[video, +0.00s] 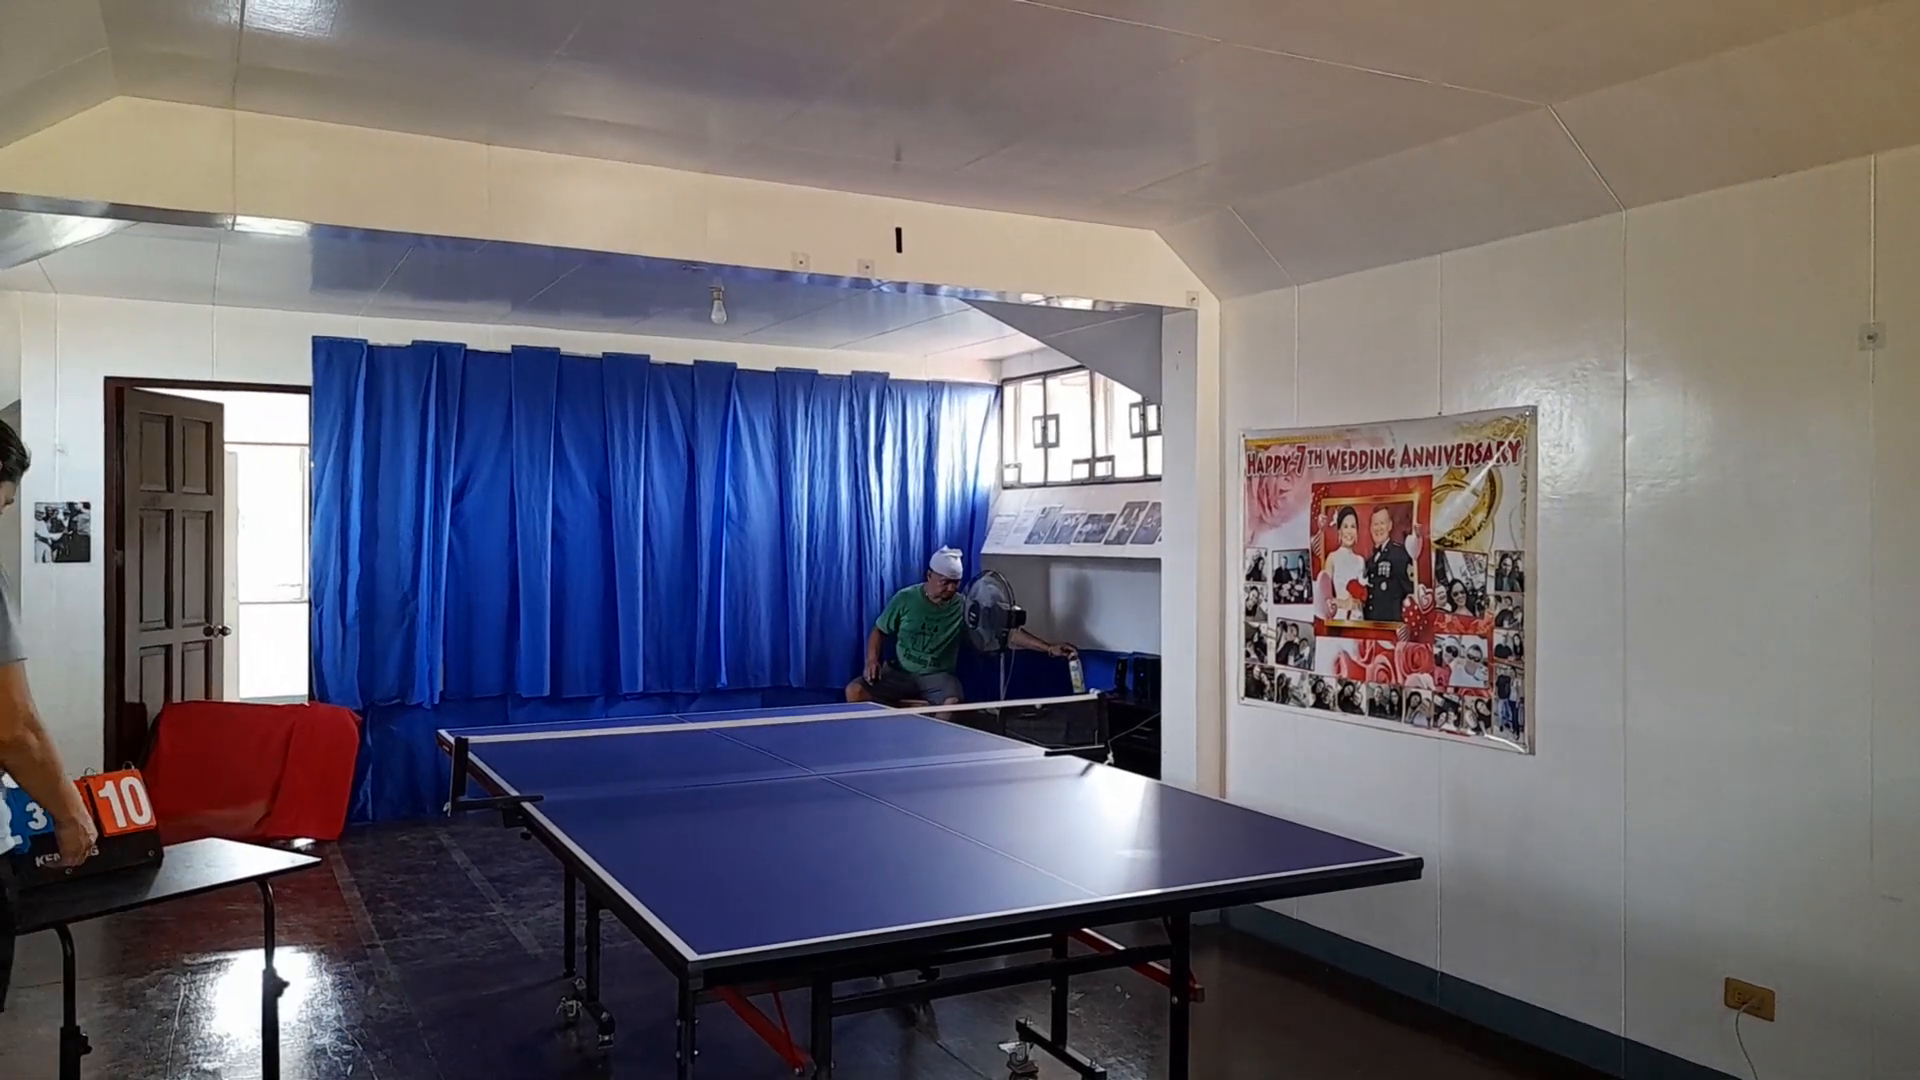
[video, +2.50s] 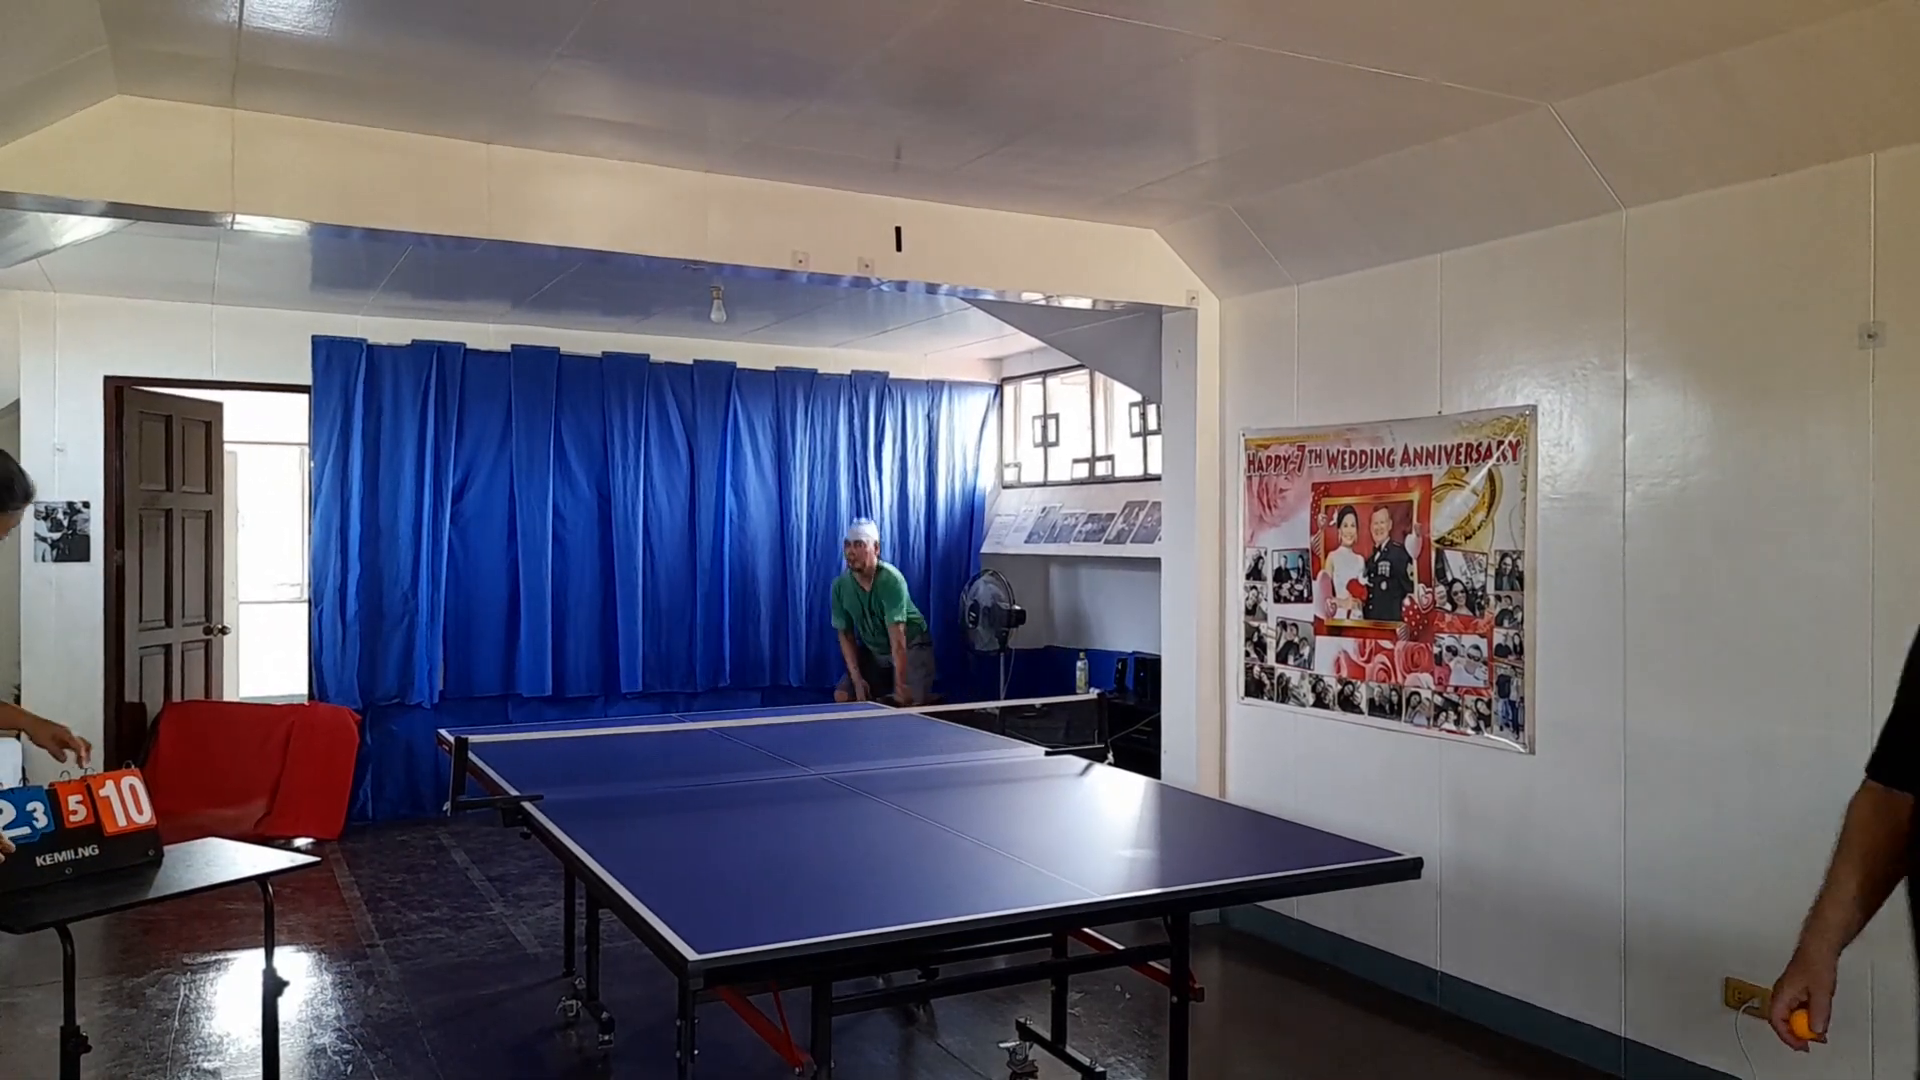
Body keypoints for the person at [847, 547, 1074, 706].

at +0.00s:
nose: (951, 588)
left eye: (955, 583)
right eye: (945, 582)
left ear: (960, 582)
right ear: (929, 577)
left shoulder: (963, 607)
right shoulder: (905, 598)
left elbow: (1005, 631)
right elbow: (878, 631)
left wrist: (1048, 648)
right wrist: (872, 660)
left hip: (938, 678)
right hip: (900, 672)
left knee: (953, 706)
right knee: (854, 690)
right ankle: (876, 745)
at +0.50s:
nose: (945, 592)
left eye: (950, 587)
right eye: (940, 585)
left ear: (956, 583)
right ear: (925, 578)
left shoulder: (963, 607)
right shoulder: (904, 599)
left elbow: (986, 645)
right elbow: (880, 632)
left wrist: (1022, 651)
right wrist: (870, 657)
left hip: (938, 676)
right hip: (901, 672)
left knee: (951, 703)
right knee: (854, 690)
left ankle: (933, 752)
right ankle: (871, 746)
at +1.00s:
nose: (928, 586)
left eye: (932, 580)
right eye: (922, 580)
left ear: (937, 577)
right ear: (906, 573)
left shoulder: (947, 600)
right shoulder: (887, 602)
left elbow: (963, 635)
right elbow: (866, 642)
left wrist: (976, 662)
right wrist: (868, 660)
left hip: (935, 674)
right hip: (896, 673)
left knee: (949, 700)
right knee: (852, 690)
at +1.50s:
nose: (900, 586)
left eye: (903, 579)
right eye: (892, 582)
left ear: (907, 574)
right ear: (877, 580)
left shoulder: (926, 598)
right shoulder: (866, 611)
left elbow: (949, 637)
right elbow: (858, 655)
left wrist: (961, 679)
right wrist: (872, 678)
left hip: (928, 671)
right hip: (888, 674)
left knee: (940, 698)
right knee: (848, 690)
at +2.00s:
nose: (869, 603)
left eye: (872, 595)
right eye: (862, 599)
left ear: (882, 584)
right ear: (855, 599)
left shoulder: (909, 602)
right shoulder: (854, 622)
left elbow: (946, 624)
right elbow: (853, 663)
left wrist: (963, 663)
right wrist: (866, 668)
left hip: (923, 669)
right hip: (885, 674)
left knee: (937, 699)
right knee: (848, 692)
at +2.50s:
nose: (850, 552)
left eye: (858, 545)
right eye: (847, 545)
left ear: (875, 548)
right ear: (843, 548)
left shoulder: (891, 581)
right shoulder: (840, 586)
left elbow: (897, 638)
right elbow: (845, 635)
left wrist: (900, 686)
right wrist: (857, 680)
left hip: (912, 646)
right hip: (874, 649)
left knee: (909, 703)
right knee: (843, 695)